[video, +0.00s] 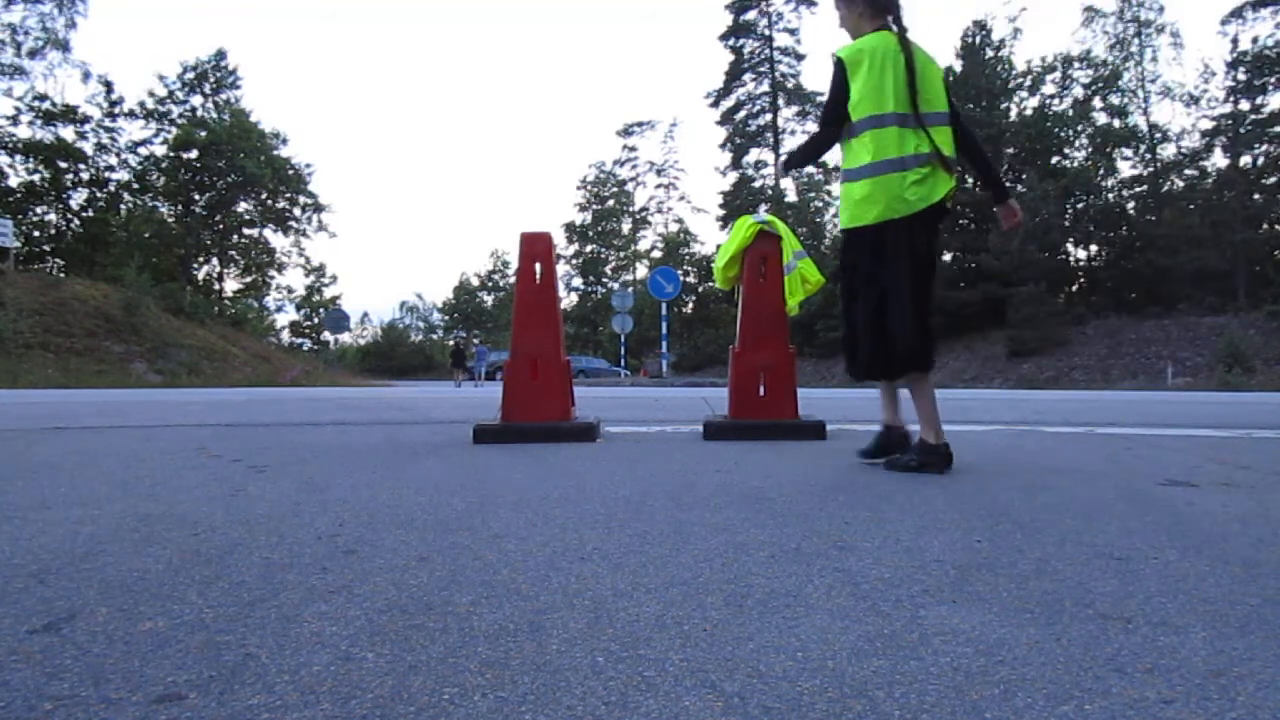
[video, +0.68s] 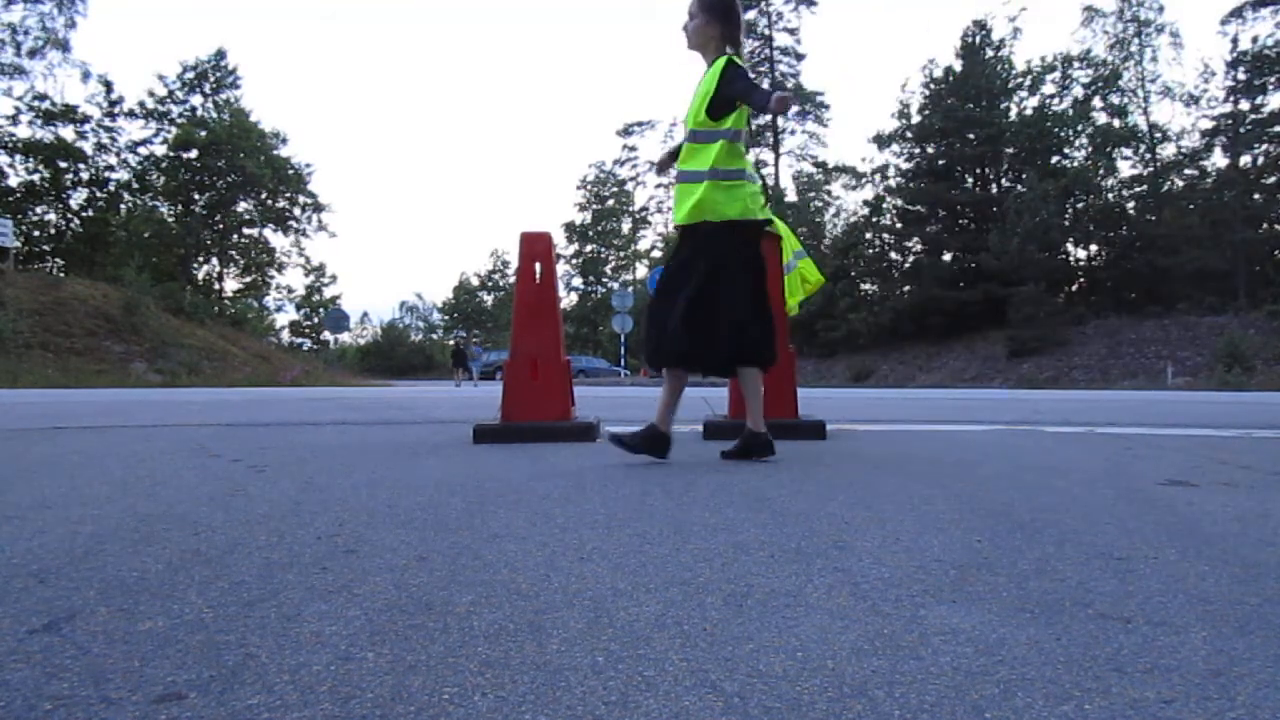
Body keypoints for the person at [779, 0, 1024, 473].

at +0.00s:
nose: (840, 20)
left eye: (841, 10)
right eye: (839, 11)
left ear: (859, 9)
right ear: (885, 11)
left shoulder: (853, 56)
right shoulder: (926, 62)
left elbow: (831, 129)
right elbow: (959, 132)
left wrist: (788, 162)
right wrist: (999, 195)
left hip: (872, 211)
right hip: (920, 205)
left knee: (888, 322)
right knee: (892, 320)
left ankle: (931, 444)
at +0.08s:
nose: (819, 23)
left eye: (822, 13)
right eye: (819, 15)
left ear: (843, 14)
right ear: (866, 16)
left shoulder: (832, 62)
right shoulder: (903, 66)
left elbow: (798, 139)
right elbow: (949, 129)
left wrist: (766, 139)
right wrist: (996, 182)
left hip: (857, 211)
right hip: (902, 206)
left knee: (894, 319)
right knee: (845, 314)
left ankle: (932, 440)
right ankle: (823, 428)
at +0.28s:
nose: (770, 45)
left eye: (772, 36)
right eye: (770, 37)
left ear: (793, 36)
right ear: (812, 38)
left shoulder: (783, 82)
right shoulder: (846, 91)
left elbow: (749, 159)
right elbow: (887, 157)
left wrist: (700, 186)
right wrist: (936, 206)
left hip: (804, 230)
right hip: (839, 227)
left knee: (846, 331)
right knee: (785, 325)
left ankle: (912, 425)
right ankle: (765, 433)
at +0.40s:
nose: (743, 43)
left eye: (748, 34)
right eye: (745, 34)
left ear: (768, 37)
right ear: (784, 38)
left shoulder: (756, 86)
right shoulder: (810, 95)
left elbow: (729, 158)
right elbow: (833, 161)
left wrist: (680, 220)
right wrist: (866, 213)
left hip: (769, 230)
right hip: (805, 228)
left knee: (784, 328)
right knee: (762, 328)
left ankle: (858, 401)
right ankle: (761, 434)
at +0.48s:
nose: (722, 39)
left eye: (728, 31)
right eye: (725, 31)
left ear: (750, 35)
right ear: (764, 37)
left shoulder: (745, 81)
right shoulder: (783, 87)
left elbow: (728, 148)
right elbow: (791, 159)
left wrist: (697, 198)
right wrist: (803, 223)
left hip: (753, 230)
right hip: (780, 228)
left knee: (740, 331)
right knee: (755, 330)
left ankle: (808, 403)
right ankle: (759, 433)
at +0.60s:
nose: (699, 29)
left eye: (705, 20)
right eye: (701, 21)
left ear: (726, 26)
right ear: (734, 29)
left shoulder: (735, 69)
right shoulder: (742, 75)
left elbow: (749, 107)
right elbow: (755, 149)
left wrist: (746, 130)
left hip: (728, 227)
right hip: (750, 226)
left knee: (697, 319)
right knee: (750, 326)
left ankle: (716, 422)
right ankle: (757, 432)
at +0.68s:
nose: (684, 25)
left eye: (691, 18)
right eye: (686, 18)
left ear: (714, 26)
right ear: (712, 27)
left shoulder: (726, 68)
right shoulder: (711, 77)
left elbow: (751, 93)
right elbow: (706, 136)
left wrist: (773, 100)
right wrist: (672, 156)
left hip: (714, 225)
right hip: (728, 224)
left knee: (678, 323)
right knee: (742, 328)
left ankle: (660, 430)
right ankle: (756, 433)